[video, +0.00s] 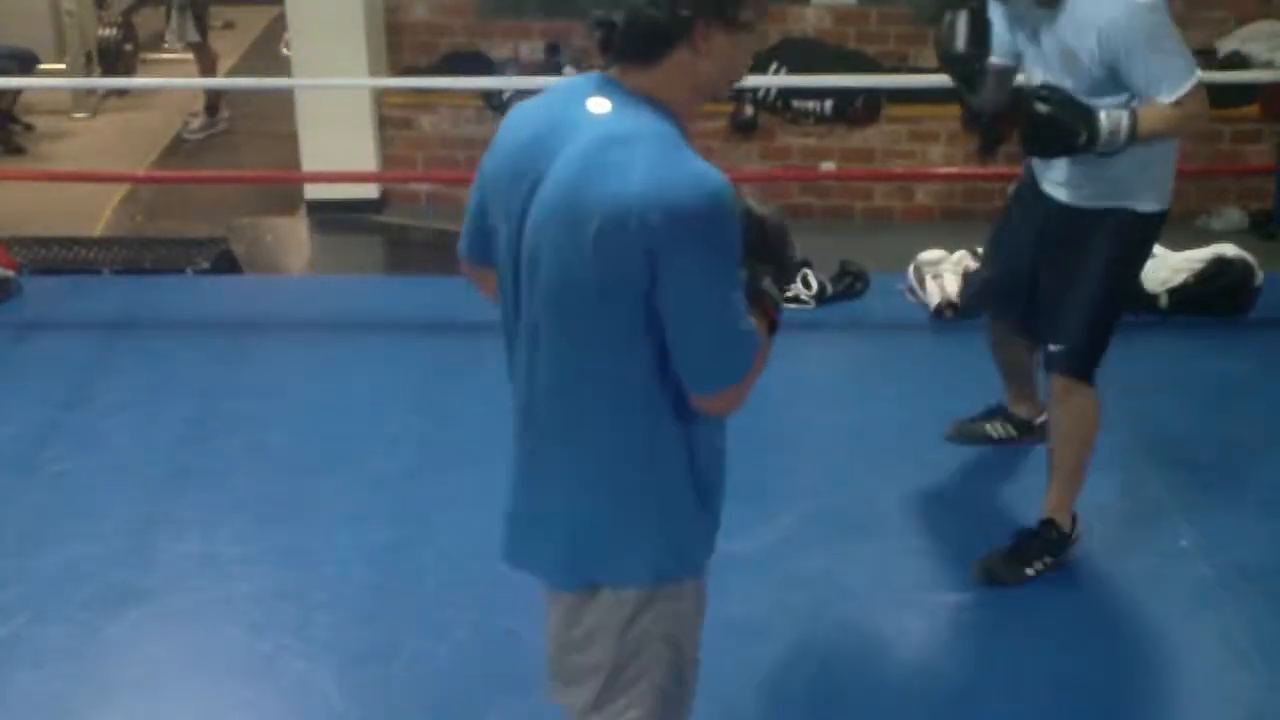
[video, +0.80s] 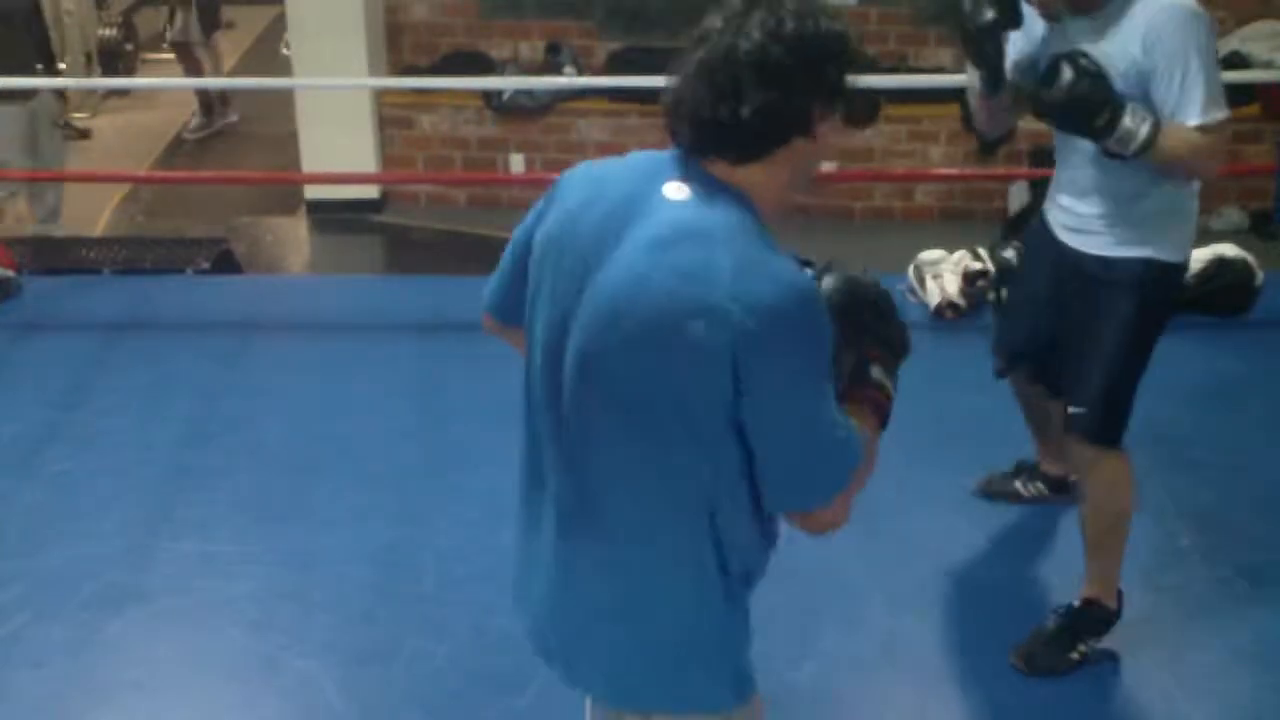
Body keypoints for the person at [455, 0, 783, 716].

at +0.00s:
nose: (752, 56)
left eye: (754, 38)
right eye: (748, 35)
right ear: (703, 34)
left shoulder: (532, 118)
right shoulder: (684, 192)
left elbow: (482, 265)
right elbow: (719, 392)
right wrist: (762, 310)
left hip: (551, 497)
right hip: (638, 528)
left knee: (588, 695)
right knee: (632, 706)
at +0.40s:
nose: (809, 72)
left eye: (811, 55)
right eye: (808, 55)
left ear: (681, 47)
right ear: (789, 63)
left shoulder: (595, 151)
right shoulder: (761, 228)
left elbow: (538, 294)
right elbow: (793, 446)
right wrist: (833, 335)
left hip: (595, 548)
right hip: (700, 580)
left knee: (652, 697)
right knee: (739, 705)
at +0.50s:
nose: (818, 142)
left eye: (821, 117)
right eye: (817, 116)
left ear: (700, 95)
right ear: (784, 117)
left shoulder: (595, 194)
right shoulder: (786, 284)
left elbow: (536, 333)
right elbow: (829, 489)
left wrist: (644, 379)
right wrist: (852, 370)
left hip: (594, 600)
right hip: (714, 635)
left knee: (618, 700)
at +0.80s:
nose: (823, 156)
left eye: (827, 132)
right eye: (822, 131)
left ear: (708, 102)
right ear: (793, 131)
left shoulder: (586, 186)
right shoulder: (766, 296)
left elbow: (505, 313)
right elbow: (822, 506)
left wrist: (620, 376)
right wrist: (875, 385)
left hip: (554, 593)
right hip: (672, 639)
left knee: (615, 703)